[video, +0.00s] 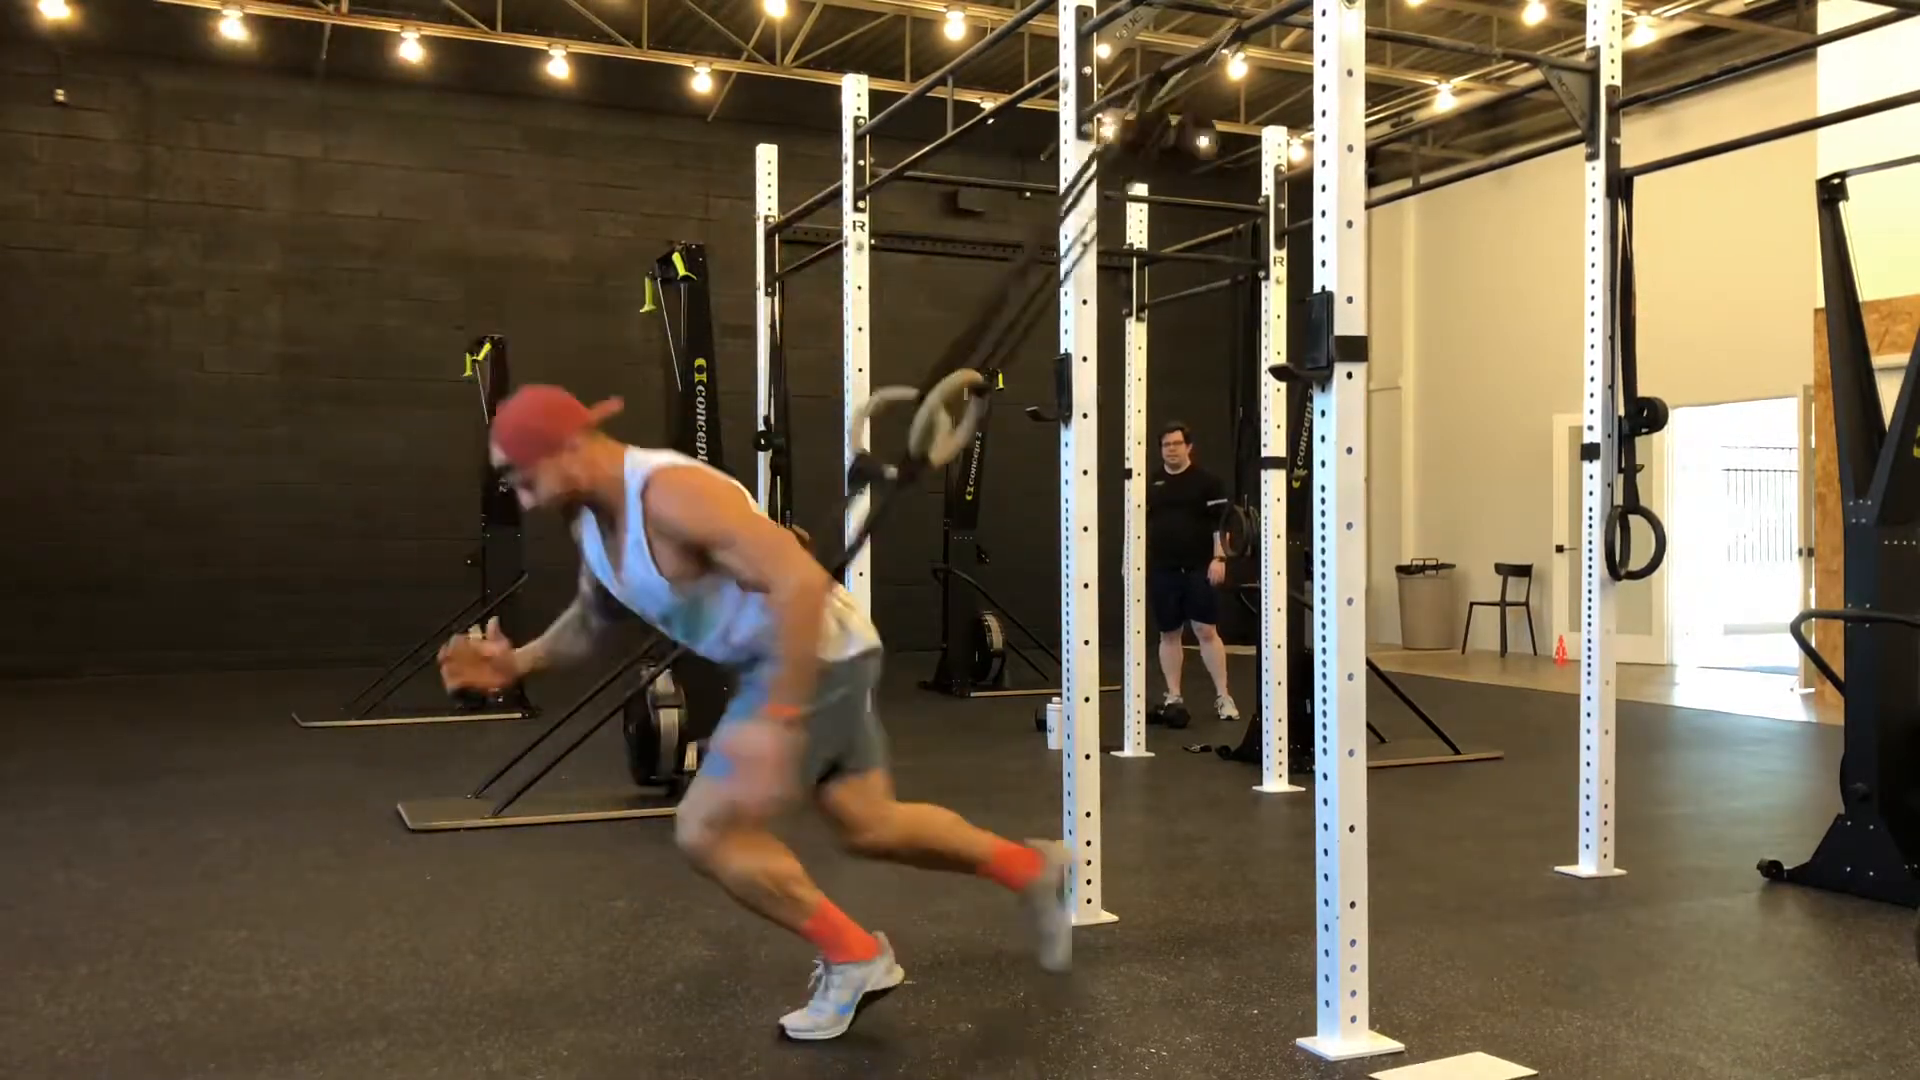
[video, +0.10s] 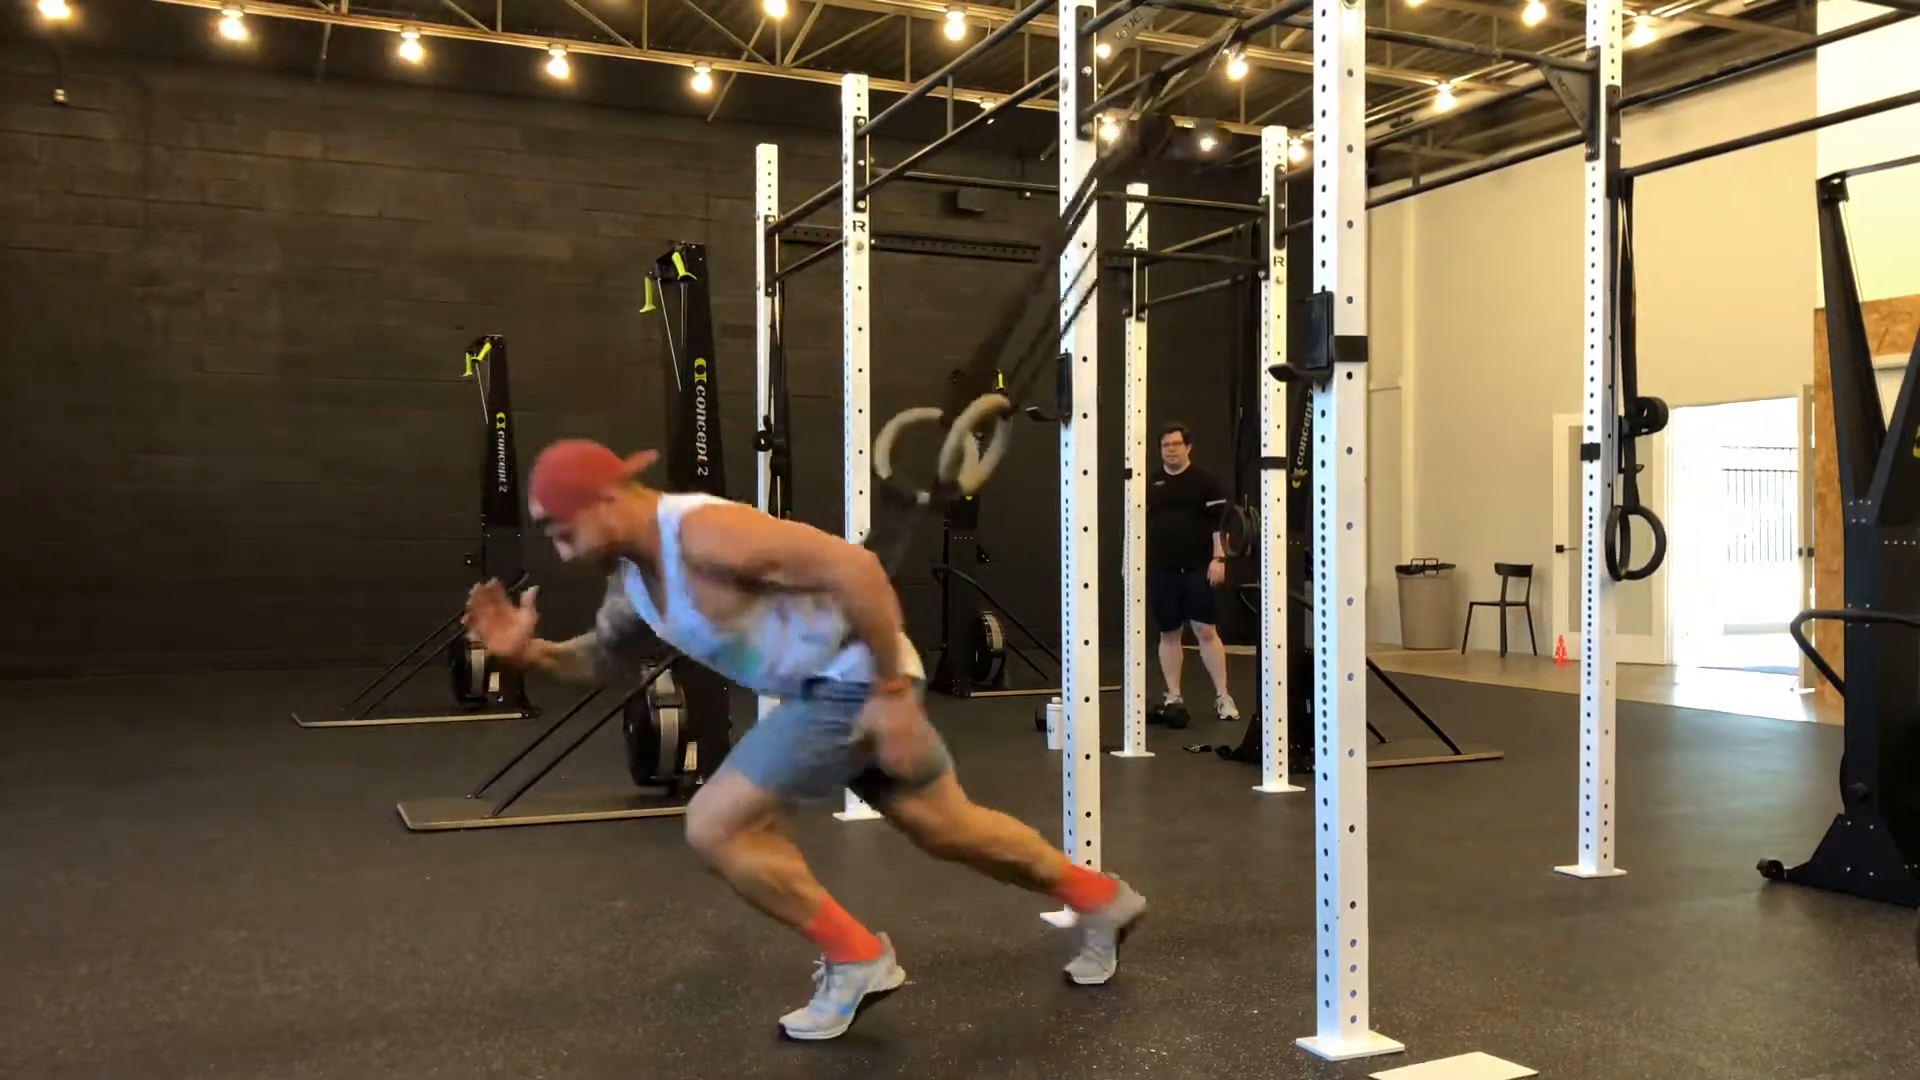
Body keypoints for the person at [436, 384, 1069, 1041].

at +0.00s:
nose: (519, 493)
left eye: (523, 476)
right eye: (513, 480)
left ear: (571, 454)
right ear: (565, 458)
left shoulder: (676, 493)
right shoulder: (598, 526)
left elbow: (800, 579)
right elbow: (596, 626)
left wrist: (779, 718)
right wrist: (516, 661)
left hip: (810, 657)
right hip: (803, 658)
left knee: (710, 829)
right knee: (869, 823)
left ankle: (856, 955)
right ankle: (1038, 870)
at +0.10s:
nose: (559, 549)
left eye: (562, 531)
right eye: (553, 535)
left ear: (604, 503)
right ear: (592, 514)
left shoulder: (701, 531)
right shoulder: (637, 581)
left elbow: (852, 565)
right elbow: (600, 658)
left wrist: (895, 687)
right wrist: (529, 651)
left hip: (846, 680)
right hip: (836, 684)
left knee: (718, 826)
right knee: (946, 827)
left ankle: (858, 957)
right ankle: (1100, 898)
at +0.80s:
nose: (512, 542)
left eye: (517, 524)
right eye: (505, 530)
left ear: (562, 504)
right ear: (545, 514)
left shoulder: (649, 539)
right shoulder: (586, 579)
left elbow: (805, 549)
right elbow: (528, 662)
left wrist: (862, 658)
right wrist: (444, 690)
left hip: (814, 674)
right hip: (829, 667)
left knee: (707, 842)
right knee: (890, 829)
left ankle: (858, 958)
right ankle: (1060, 878)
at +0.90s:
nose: (466, 479)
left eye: (469, 458)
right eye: (459, 463)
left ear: (519, 436)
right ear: (517, 440)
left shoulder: (612, 495)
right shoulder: (561, 507)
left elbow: (711, 610)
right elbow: (587, 612)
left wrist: (621, 710)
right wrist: (565, 706)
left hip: (778, 643)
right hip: (732, 647)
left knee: (699, 843)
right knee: (720, 821)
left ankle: (857, 956)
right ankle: (898, 872)